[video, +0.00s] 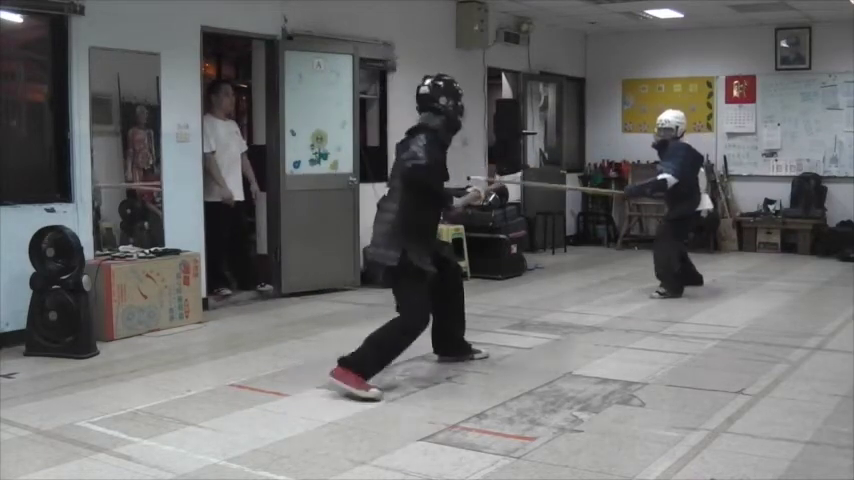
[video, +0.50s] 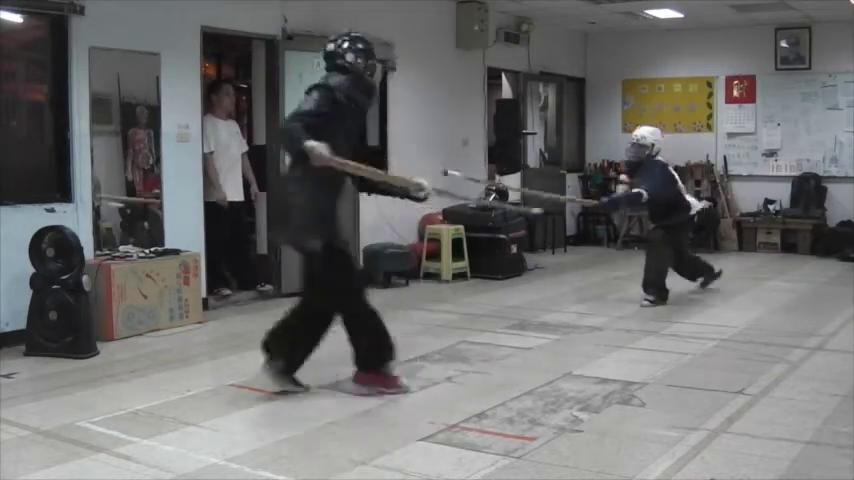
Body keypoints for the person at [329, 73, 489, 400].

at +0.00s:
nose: (461, 110)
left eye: (460, 103)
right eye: (457, 103)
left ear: (430, 105)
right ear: (445, 104)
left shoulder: (430, 142)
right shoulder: (423, 140)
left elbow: (425, 203)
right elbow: (418, 186)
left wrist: (464, 201)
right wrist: (459, 198)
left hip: (413, 239)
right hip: (399, 240)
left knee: (449, 275)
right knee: (415, 316)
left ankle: (451, 347)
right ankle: (352, 369)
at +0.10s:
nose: (444, 102)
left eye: (443, 95)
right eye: (439, 95)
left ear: (419, 96)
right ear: (424, 95)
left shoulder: (422, 134)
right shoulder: (405, 130)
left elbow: (424, 188)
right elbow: (389, 166)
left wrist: (458, 197)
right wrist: (437, 185)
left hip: (413, 233)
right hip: (397, 235)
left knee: (452, 278)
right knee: (432, 303)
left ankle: (451, 346)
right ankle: (373, 358)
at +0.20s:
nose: (423, 92)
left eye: (422, 85)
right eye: (417, 86)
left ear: (401, 87)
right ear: (401, 87)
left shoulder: (403, 124)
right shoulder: (384, 120)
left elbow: (404, 188)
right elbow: (379, 162)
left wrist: (449, 196)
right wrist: (428, 159)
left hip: (396, 225)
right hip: (382, 228)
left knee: (431, 288)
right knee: (429, 295)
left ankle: (450, 345)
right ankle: (391, 370)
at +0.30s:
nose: (404, 84)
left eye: (403, 77)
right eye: (397, 78)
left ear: (380, 81)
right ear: (380, 81)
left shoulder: (384, 122)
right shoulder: (366, 117)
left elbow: (393, 188)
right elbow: (363, 152)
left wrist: (440, 198)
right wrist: (407, 140)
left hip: (376, 226)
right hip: (362, 228)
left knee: (413, 294)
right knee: (409, 300)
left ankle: (411, 356)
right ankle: (390, 370)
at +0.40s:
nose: (389, 79)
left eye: (389, 72)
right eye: (383, 71)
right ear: (364, 72)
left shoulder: (373, 117)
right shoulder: (345, 105)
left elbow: (377, 184)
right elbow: (321, 139)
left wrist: (423, 195)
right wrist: (354, 137)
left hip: (355, 224)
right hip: (334, 224)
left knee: (385, 289)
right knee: (382, 290)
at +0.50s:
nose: (375, 70)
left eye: (375, 63)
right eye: (369, 61)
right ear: (350, 60)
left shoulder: (354, 106)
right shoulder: (328, 92)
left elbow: (361, 175)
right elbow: (291, 126)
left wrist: (403, 187)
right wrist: (309, 146)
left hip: (322, 210)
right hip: (304, 210)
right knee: (344, 282)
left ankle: (280, 359)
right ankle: (372, 366)